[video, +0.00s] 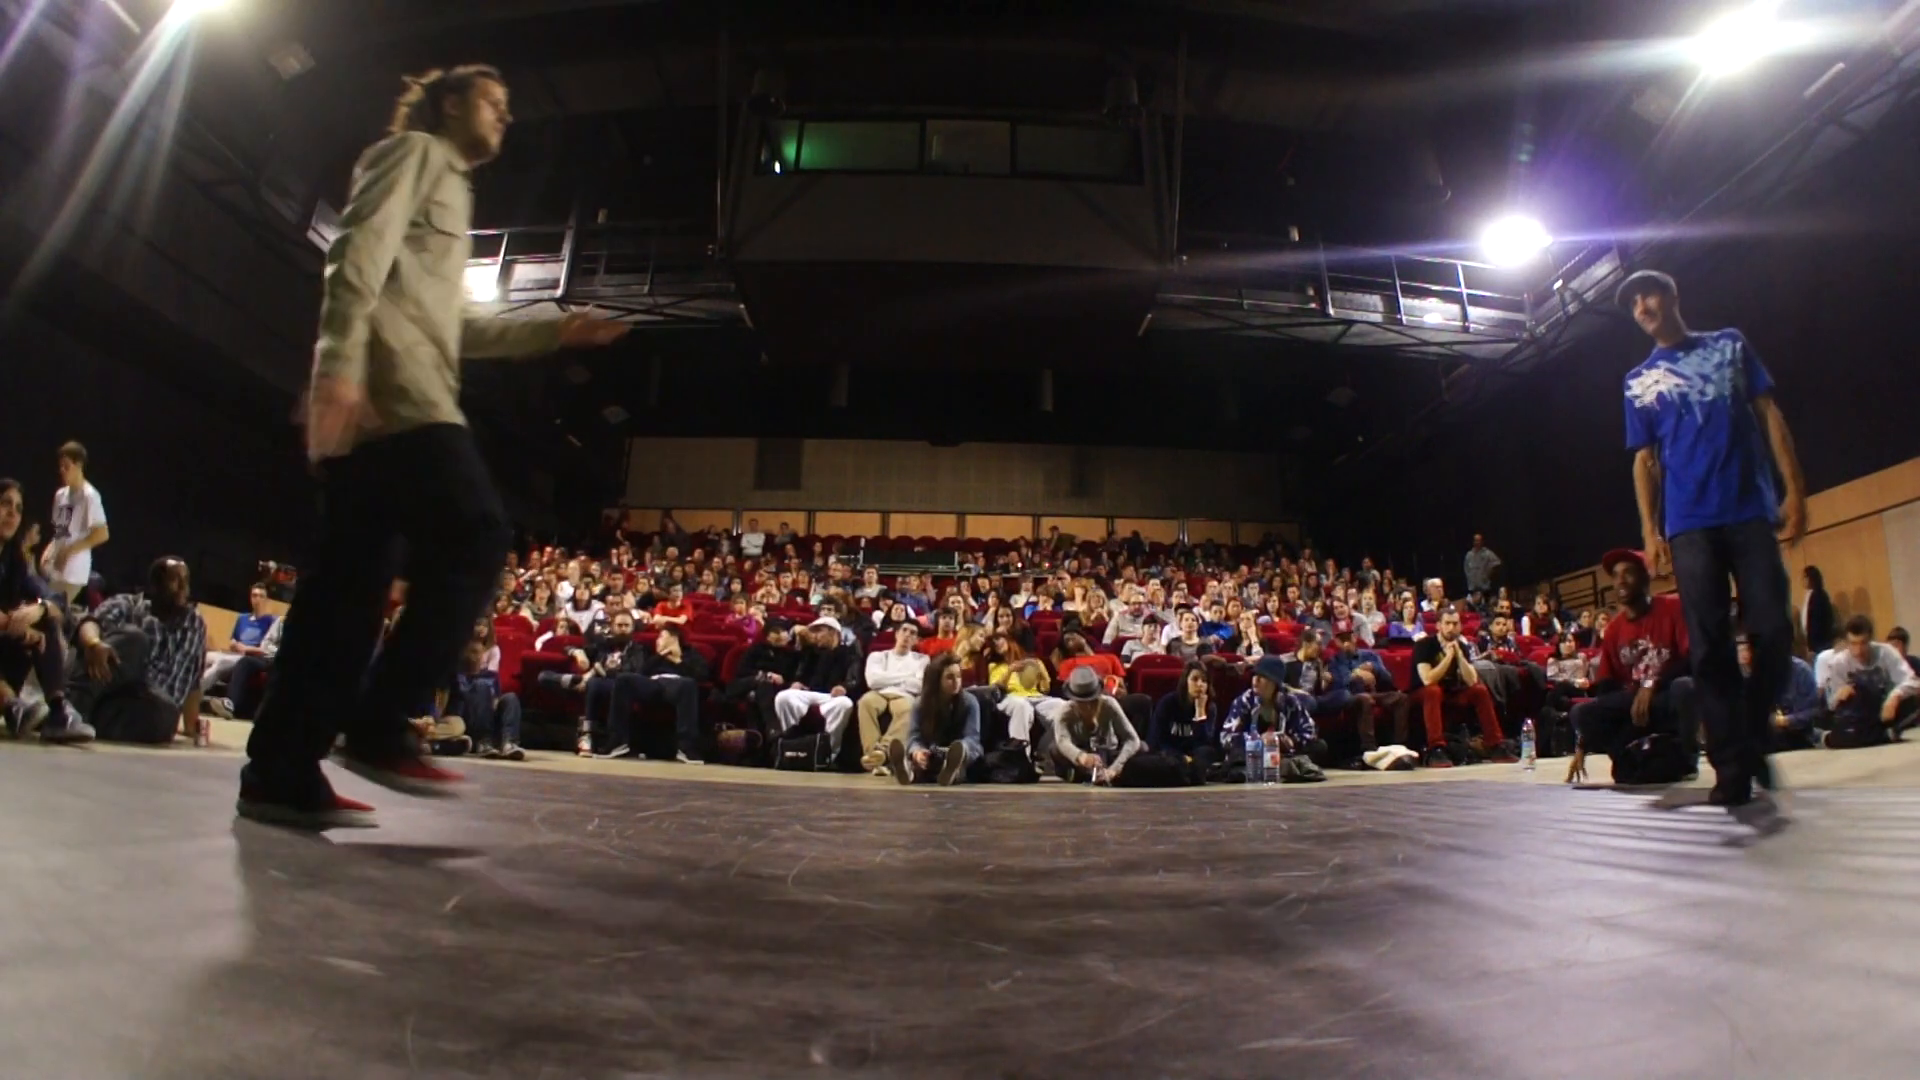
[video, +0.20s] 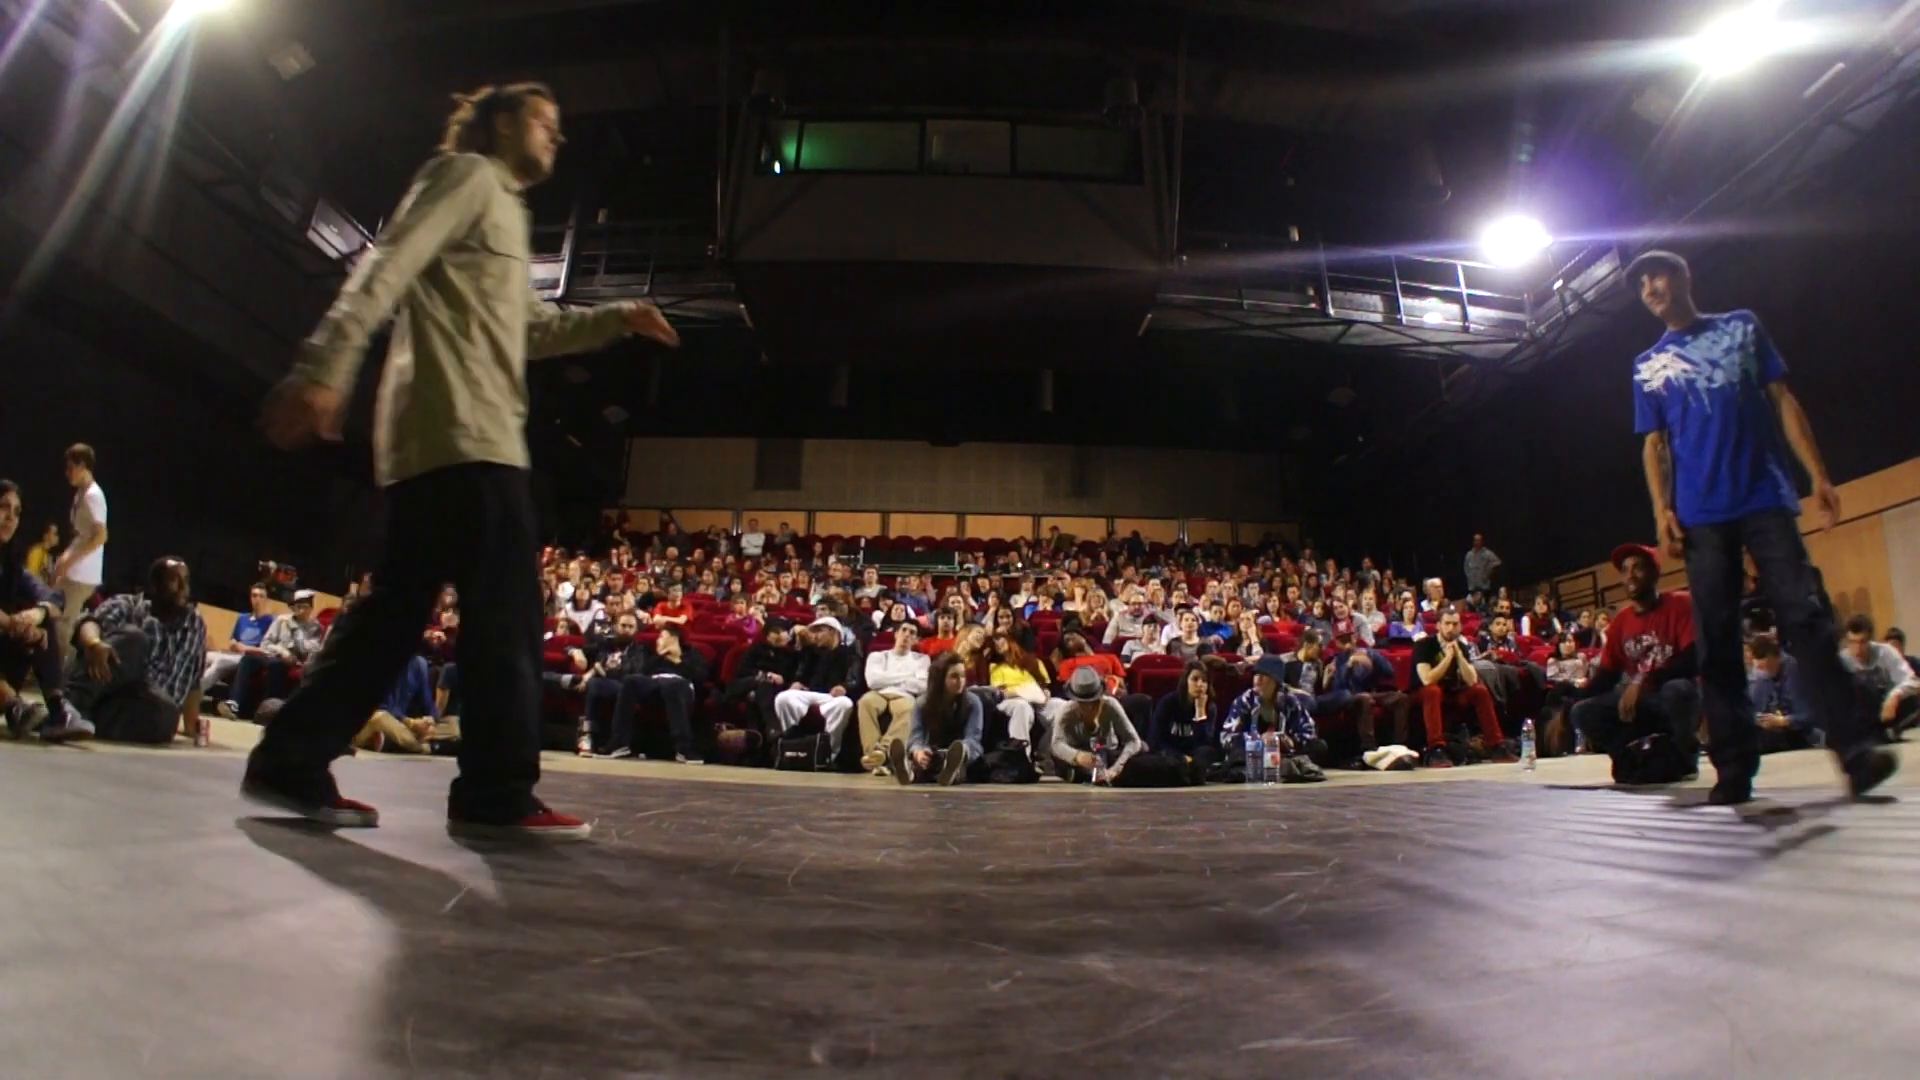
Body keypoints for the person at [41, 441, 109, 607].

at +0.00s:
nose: (62, 471)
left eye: (66, 466)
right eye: (61, 466)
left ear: (79, 465)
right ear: (60, 466)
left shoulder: (90, 495)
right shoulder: (61, 494)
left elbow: (102, 532)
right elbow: (60, 533)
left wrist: (69, 550)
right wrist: (49, 551)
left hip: (75, 568)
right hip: (56, 564)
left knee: (54, 615)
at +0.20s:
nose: (68, 473)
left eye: (71, 467)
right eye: (67, 467)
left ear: (84, 466)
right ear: (77, 467)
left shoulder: (92, 495)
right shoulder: (81, 493)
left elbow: (100, 535)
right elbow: (81, 535)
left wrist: (68, 562)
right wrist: (64, 558)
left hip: (83, 575)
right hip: (73, 572)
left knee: (64, 628)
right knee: (63, 627)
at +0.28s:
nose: (71, 481)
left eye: (74, 475)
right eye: (71, 475)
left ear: (86, 475)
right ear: (86, 476)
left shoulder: (91, 506)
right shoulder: (97, 504)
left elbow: (93, 546)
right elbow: (90, 546)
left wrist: (65, 569)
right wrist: (67, 568)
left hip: (83, 587)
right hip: (91, 586)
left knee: (61, 642)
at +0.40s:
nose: (82, 478)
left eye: (85, 472)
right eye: (82, 472)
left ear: (97, 472)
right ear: (97, 472)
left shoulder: (100, 500)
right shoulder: (109, 498)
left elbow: (100, 538)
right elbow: (115, 538)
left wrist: (73, 548)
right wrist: (81, 548)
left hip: (92, 582)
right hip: (103, 580)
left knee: (69, 635)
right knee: (95, 634)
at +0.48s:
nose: (89, 470)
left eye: (92, 465)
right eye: (88, 465)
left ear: (105, 463)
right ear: (104, 463)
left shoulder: (111, 490)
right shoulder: (116, 488)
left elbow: (115, 528)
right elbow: (124, 528)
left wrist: (85, 535)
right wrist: (90, 540)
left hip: (105, 571)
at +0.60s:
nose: (100, 474)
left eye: (104, 468)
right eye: (99, 469)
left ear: (117, 466)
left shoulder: (130, 493)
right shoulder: (112, 494)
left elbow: (140, 531)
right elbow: (114, 533)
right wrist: (100, 549)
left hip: (128, 576)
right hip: (110, 574)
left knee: (125, 628)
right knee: (91, 624)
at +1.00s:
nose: (124, 472)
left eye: (129, 467)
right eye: (122, 467)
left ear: (143, 462)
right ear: (119, 466)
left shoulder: (162, 490)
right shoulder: (115, 491)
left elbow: (180, 524)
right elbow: (114, 527)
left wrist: (168, 557)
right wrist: (108, 557)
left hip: (150, 569)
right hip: (122, 567)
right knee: (120, 620)